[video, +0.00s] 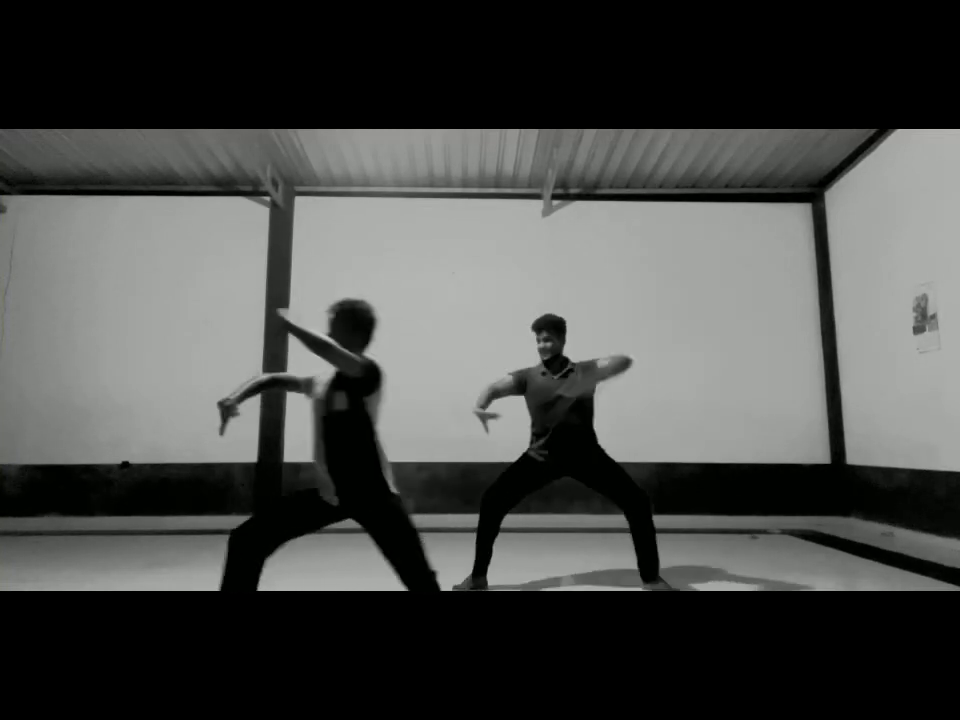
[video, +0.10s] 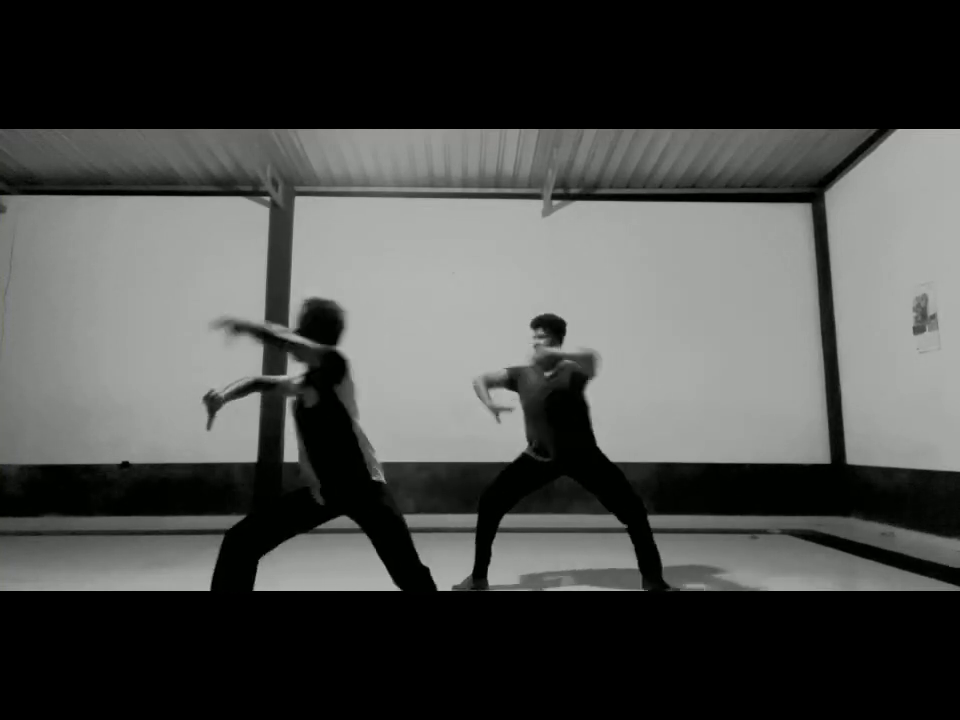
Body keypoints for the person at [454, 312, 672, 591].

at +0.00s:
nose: (543, 345)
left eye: (548, 339)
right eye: (539, 340)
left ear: (562, 341)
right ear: (536, 343)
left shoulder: (584, 371)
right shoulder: (527, 378)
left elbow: (625, 361)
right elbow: (493, 388)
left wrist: (594, 376)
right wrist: (479, 406)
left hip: (584, 456)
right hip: (540, 459)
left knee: (637, 501)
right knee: (492, 502)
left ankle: (651, 579)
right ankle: (478, 577)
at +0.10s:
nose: (538, 344)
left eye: (545, 339)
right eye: (535, 338)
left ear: (559, 343)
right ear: (531, 341)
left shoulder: (574, 371)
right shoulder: (521, 375)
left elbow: (591, 360)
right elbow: (479, 380)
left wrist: (558, 355)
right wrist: (489, 403)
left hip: (582, 457)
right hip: (539, 459)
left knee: (634, 512)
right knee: (490, 503)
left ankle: (654, 582)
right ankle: (478, 577)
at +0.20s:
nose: (524, 340)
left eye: (530, 335)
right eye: (522, 335)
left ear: (543, 341)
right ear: (518, 339)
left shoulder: (558, 366)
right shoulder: (512, 373)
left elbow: (533, 374)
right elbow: (471, 372)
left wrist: (505, 354)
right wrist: (482, 389)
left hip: (577, 451)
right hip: (538, 454)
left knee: (628, 506)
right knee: (490, 500)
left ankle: (651, 572)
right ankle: (478, 576)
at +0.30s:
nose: (505, 346)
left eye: (510, 339)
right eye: (503, 340)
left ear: (525, 343)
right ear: (503, 346)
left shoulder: (538, 366)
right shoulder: (508, 375)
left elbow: (506, 378)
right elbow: (493, 384)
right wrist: (480, 388)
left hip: (577, 450)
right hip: (539, 453)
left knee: (627, 501)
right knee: (494, 496)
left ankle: (644, 571)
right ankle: (478, 575)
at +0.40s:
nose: (496, 374)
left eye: (496, 368)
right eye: (493, 370)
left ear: (508, 360)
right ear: (504, 364)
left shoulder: (537, 373)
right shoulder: (515, 378)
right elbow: (486, 385)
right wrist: (475, 387)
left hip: (579, 451)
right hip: (544, 452)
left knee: (623, 511)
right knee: (499, 498)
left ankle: (635, 581)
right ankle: (477, 578)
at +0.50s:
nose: (512, 385)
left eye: (513, 378)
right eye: (508, 381)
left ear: (523, 367)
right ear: (507, 377)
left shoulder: (549, 377)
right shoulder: (526, 375)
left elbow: (524, 415)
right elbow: (496, 384)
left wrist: (473, 429)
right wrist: (471, 395)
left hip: (583, 453)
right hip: (548, 451)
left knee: (622, 512)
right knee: (502, 497)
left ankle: (635, 578)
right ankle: (479, 577)